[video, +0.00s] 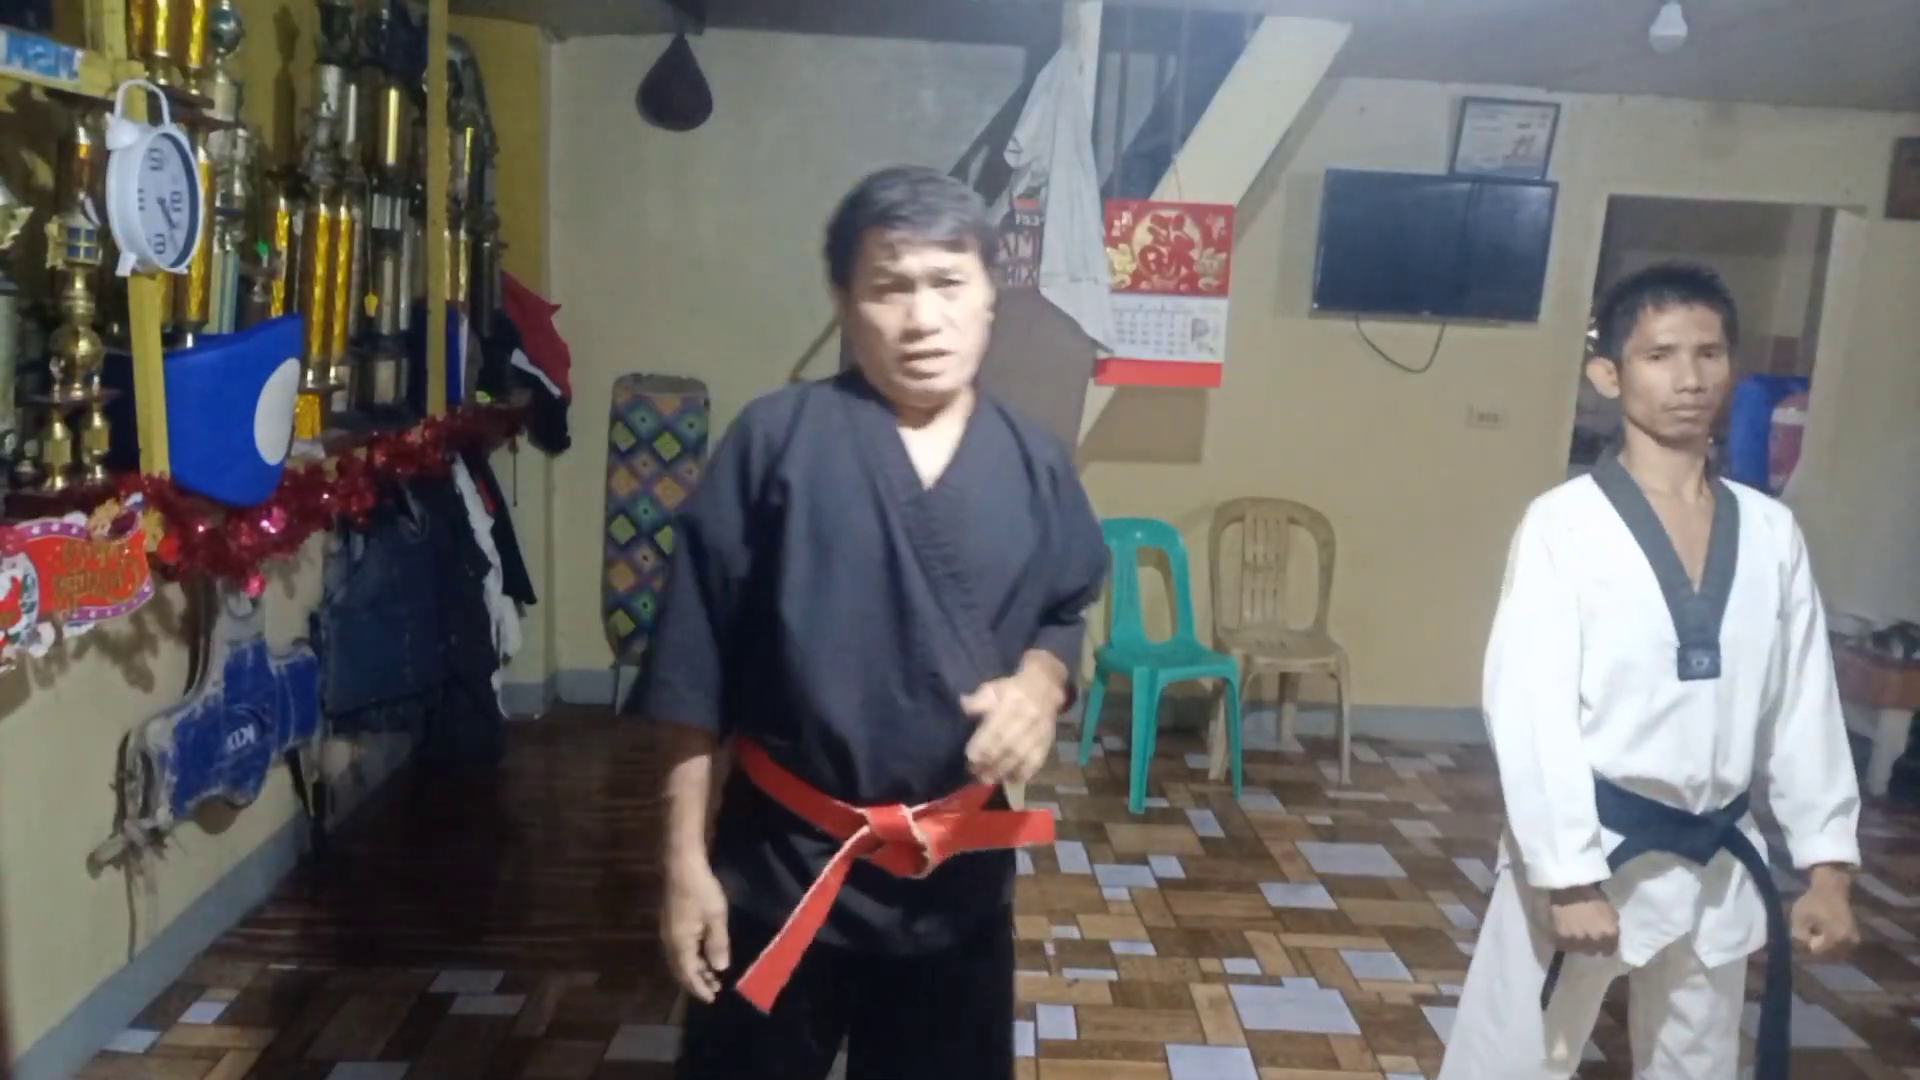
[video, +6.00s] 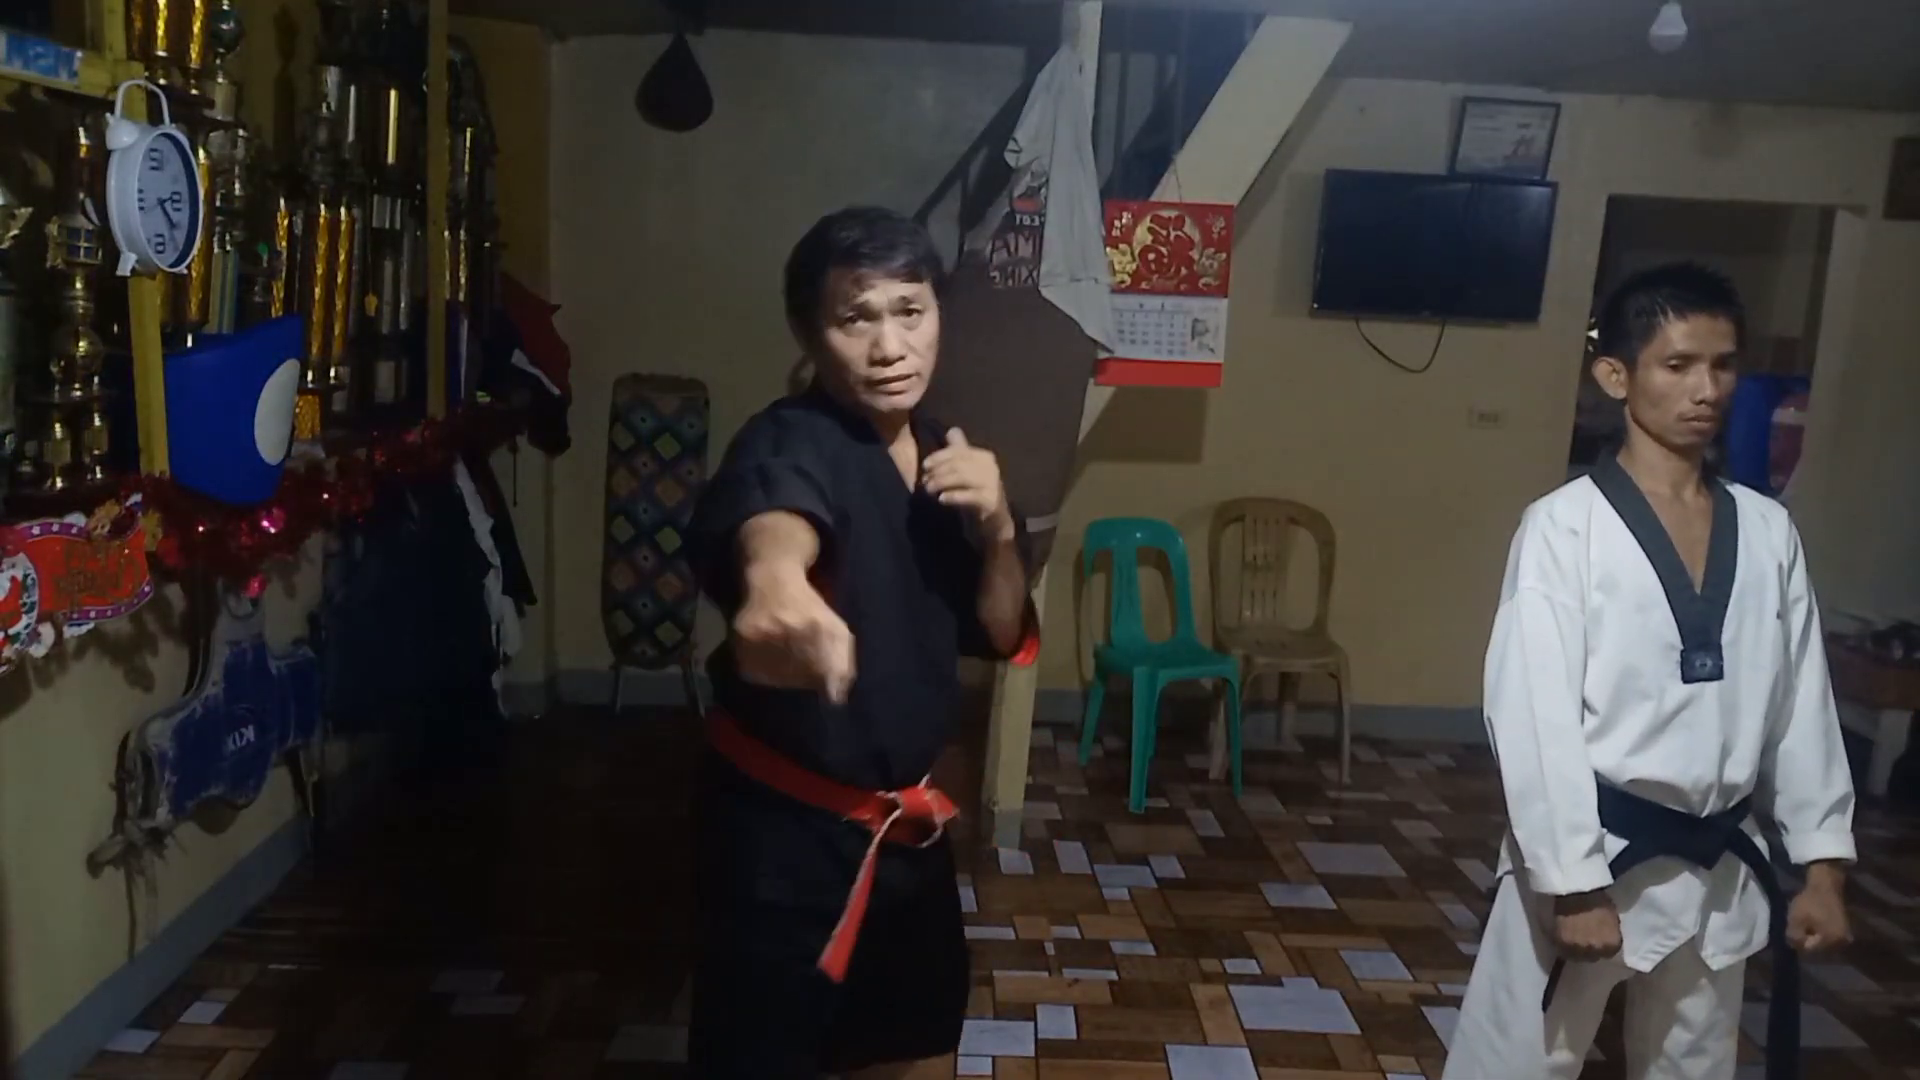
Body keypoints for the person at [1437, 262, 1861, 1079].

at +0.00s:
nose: (1692, 377)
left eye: (1710, 353)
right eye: (1662, 353)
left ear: (1733, 372)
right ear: (1607, 375)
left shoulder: (1771, 531)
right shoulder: (1561, 526)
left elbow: (1805, 704)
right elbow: (1529, 705)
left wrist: (1828, 864)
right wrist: (1570, 876)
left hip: (1719, 867)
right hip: (1581, 862)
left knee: (1698, 1070)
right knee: (1510, 1064)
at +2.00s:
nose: (1718, 387)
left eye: (1730, 362)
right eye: (1689, 363)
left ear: (1745, 368)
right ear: (1621, 376)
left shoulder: (1775, 530)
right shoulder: (1565, 527)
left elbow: (1808, 705)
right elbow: (1531, 710)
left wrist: (1826, 866)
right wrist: (1570, 880)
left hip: (1721, 870)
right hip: (1581, 864)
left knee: (1693, 1071)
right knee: (1506, 1066)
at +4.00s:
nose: (1714, 389)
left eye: (1727, 366)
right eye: (1685, 366)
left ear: (1740, 372)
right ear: (1617, 376)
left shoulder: (1771, 531)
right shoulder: (1564, 529)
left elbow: (1805, 704)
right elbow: (1535, 713)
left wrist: (1829, 867)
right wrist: (1579, 887)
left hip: (1721, 873)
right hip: (1586, 868)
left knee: (1695, 1070)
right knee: (1527, 1065)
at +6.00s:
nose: (1708, 389)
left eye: (1722, 365)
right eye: (1679, 365)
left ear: (1736, 372)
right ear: (1614, 377)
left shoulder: (1767, 529)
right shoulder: (1562, 527)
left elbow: (1802, 702)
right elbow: (1533, 711)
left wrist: (1824, 865)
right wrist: (1577, 883)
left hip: (1719, 871)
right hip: (1583, 867)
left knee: (1692, 1070)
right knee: (1523, 1065)